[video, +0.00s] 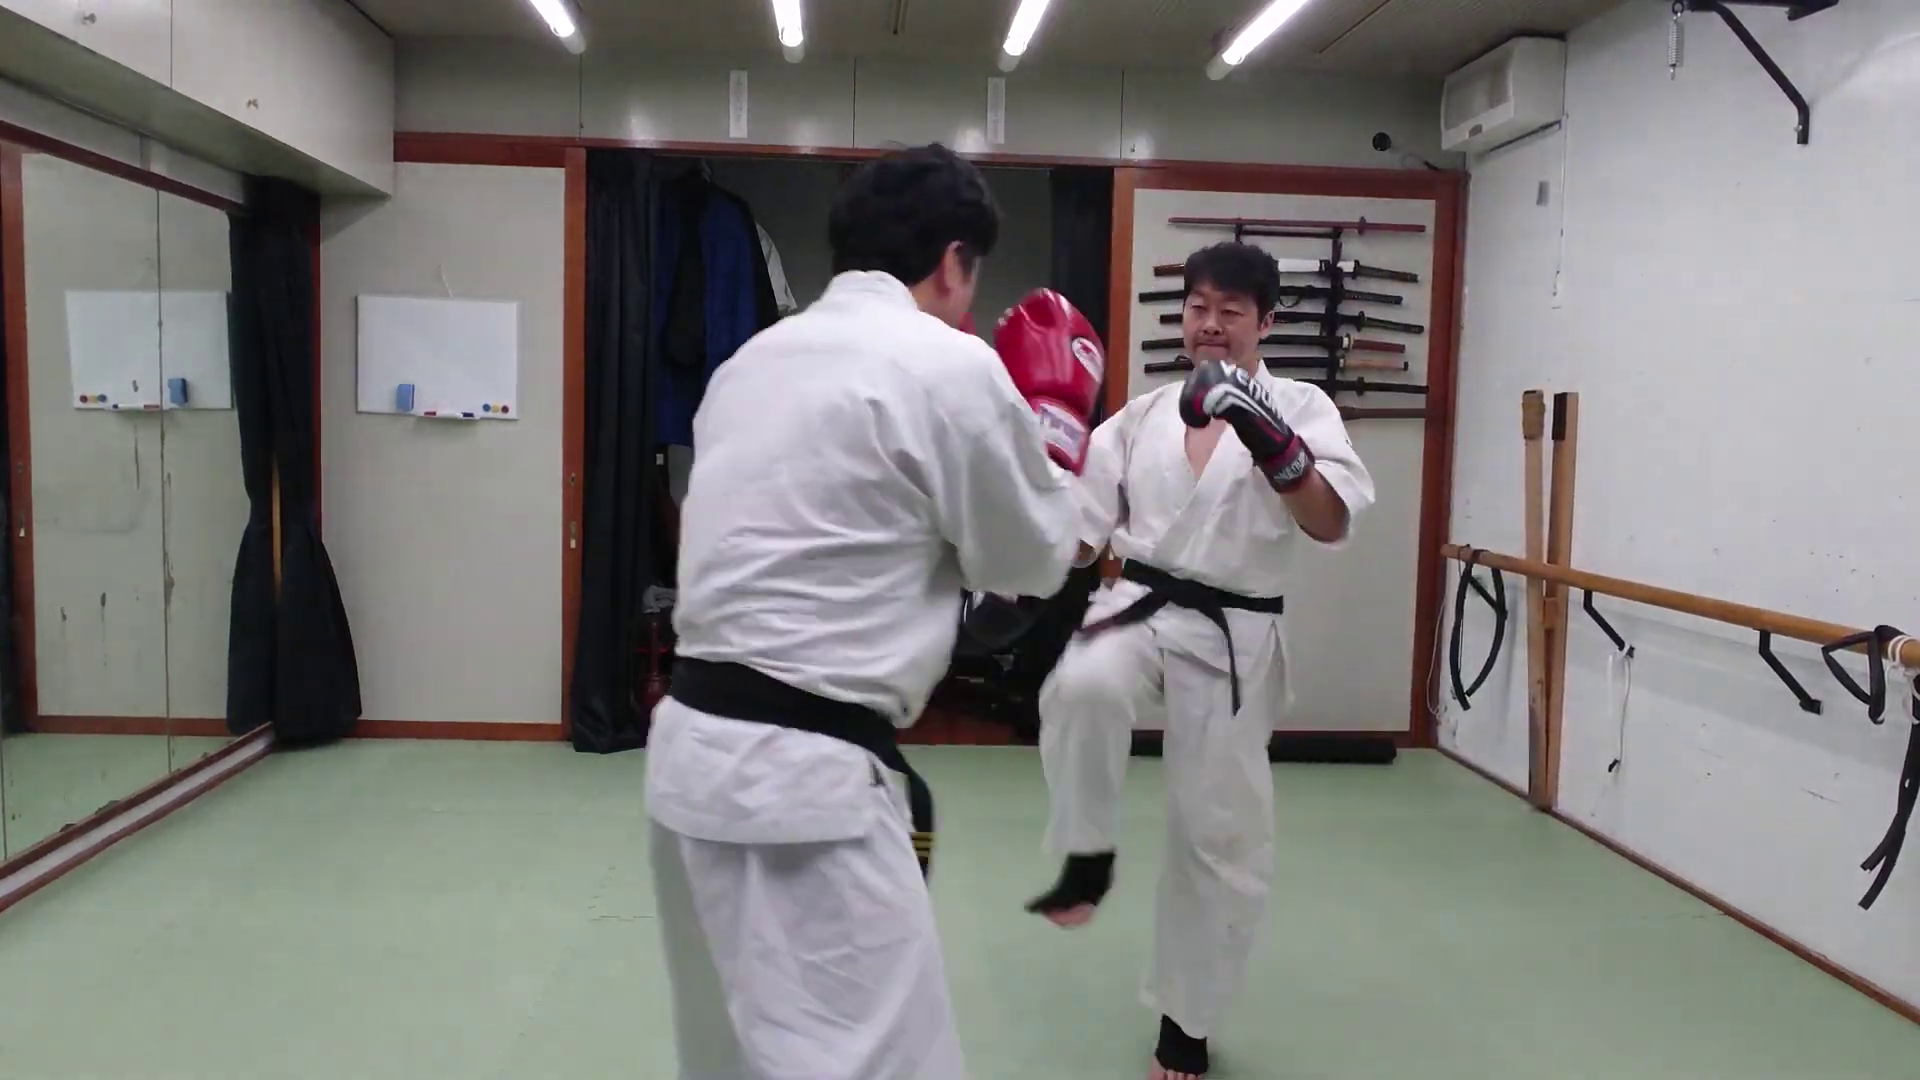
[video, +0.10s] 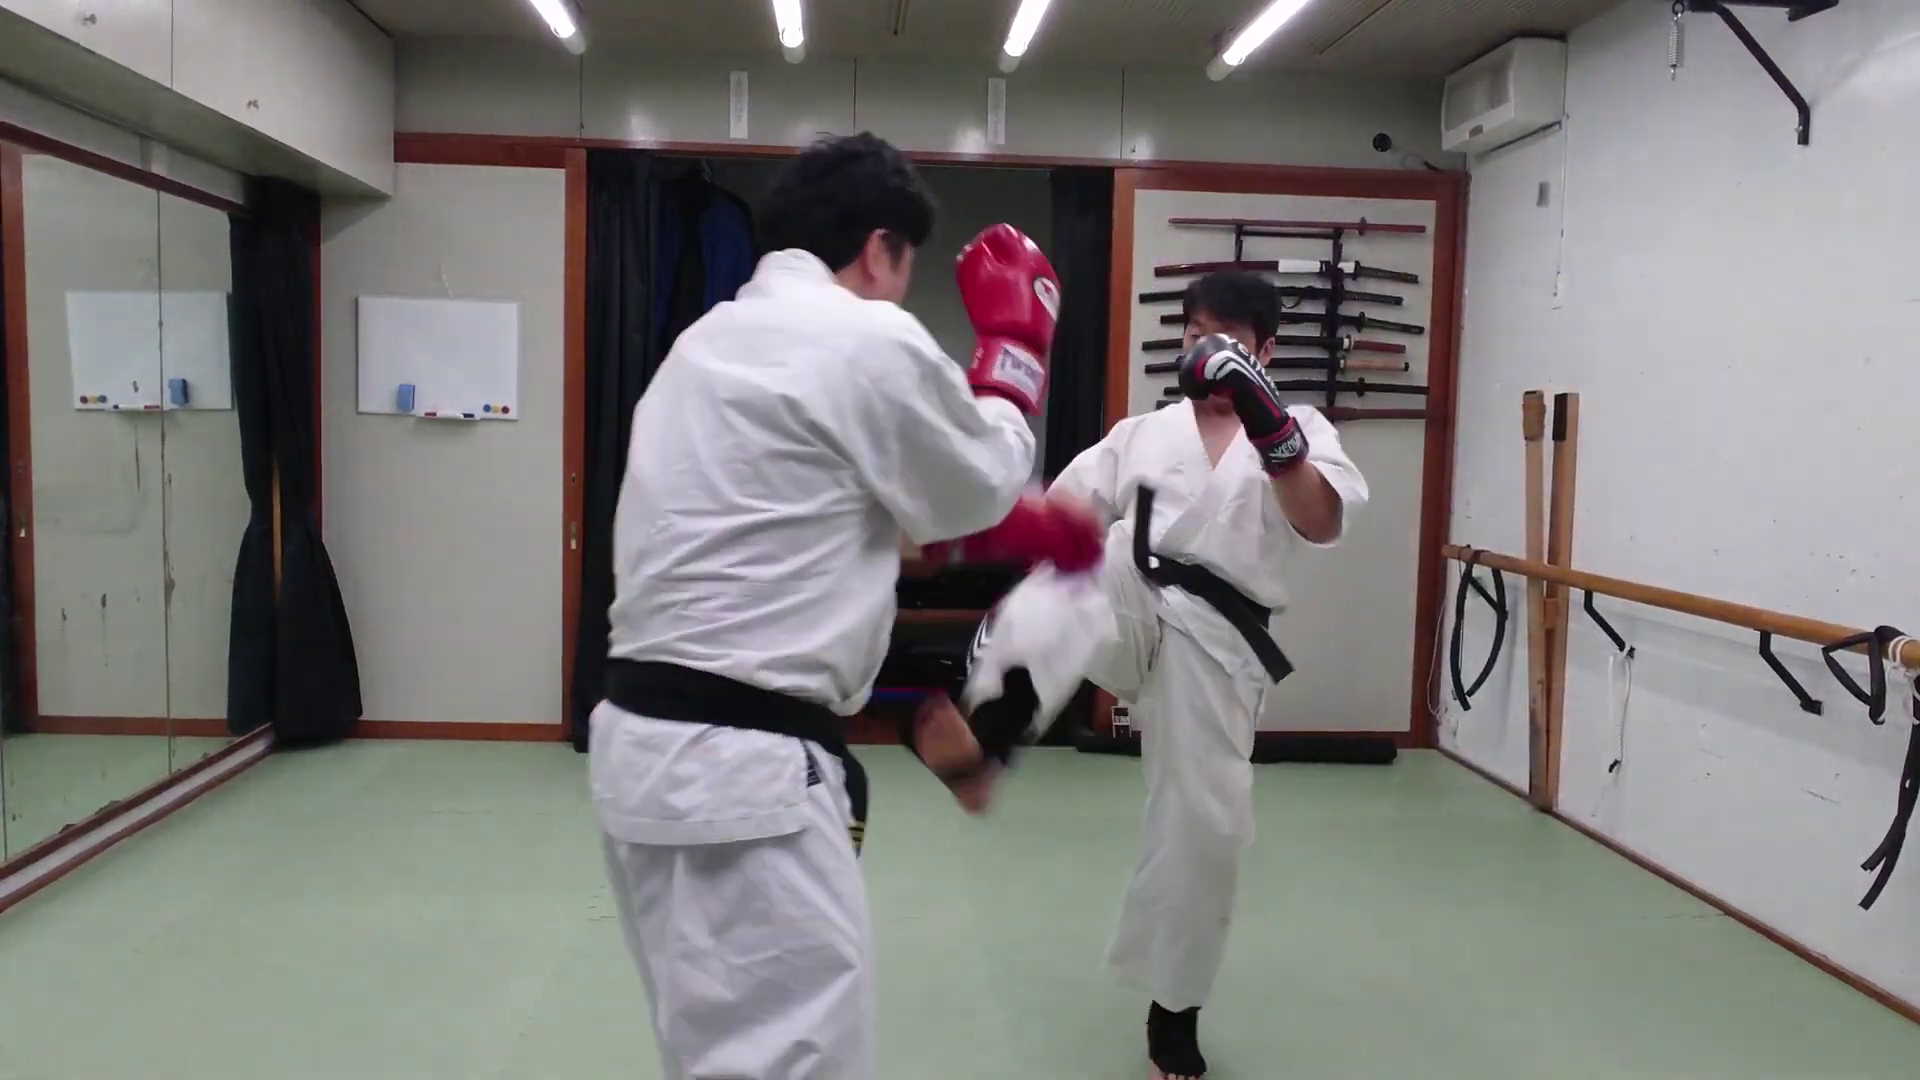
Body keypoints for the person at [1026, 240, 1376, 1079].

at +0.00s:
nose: (1209, 325)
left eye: (1230, 312)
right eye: (1198, 310)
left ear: (1266, 321)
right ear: (1181, 317)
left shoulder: (1301, 409)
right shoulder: (1145, 413)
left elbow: (1331, 524)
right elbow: (1079, 510)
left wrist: (1272, 442)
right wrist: (1040, 440)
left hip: (1231, 627)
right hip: (1137, 604)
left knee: (1215, 833)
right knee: (1082, 684)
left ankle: (1187, 1026)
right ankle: (1085, 857)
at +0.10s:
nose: (1201, 346)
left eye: (1221, 334)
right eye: (1192, 332)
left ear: (1263, 345)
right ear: (1181, 340)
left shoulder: (1303, 436)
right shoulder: (1148, 431)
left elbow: (1320, 522)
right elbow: (1063, 501)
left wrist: (1268, 422)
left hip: (1219, 645)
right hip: (1129, 602)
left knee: (1211, 829)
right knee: (1084, 554)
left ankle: (1173, 1020)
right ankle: (988, 732)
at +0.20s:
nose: (1197, 370)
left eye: (1217, 357)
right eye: (1189, 354)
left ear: (1259, 365)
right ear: (1177, 360)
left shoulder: (1289, 458)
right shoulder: (1130, 446)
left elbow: (1331, 555)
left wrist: (1291, 455)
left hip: (1223, 656)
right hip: (1128, 604)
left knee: (1214, 844)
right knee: (1032, 590)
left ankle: (1162, 1019)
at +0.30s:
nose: (1196, 361)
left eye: (1215, 347)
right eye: (1186, 345)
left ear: (1250, 360)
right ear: (1171, 353)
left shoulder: (1284, 455)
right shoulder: (1125, 444)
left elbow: (1343, 575)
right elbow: (1038, 548)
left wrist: (1308, 488)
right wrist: (1007, 636)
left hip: (1218, 652)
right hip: (1119, 605)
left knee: (1211, 853)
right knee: (1010, 623)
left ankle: (1161, 1025)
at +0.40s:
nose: (1180, 342)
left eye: (1199, 327)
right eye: (1168, 326)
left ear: (1235, 335)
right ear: (1156, 335)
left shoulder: (1282, 437)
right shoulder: (1116, 428)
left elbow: (1331, 564)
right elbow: (1039, 527)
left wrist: (1297, 486)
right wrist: (992, 571)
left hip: (1205, 642)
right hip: (1093, 612)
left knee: (1206, 845)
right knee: (965, 688)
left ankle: (1161, 1028)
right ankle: (845, 876)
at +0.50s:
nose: (1153, 319)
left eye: (1173, 304)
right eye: (1143, 303)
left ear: (1216, 312)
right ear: (1131, 311)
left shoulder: (1267, 415)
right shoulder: (1099, 415)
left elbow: (1322, 548)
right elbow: (1029, 521)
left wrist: (1279, 477)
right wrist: (984, 535)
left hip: (1197, 641)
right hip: (1080, 618)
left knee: (1197, 848)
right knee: (965, 762)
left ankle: (1164, 1029)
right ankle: (904, 937)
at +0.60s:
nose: (1122, 317)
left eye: (1142, 302)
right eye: (1113, 301)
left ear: (1189, 304)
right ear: (1103, 305)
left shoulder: (1238, 395)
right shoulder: (1074, 404)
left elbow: (1255, 510)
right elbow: (1007, 529)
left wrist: (1214, 405)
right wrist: (988, 477)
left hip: (1180, 638)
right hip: (1069, 624)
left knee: (1178, 846)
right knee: (982, 802)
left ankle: (1171, 1036)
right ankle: (1023, 943)